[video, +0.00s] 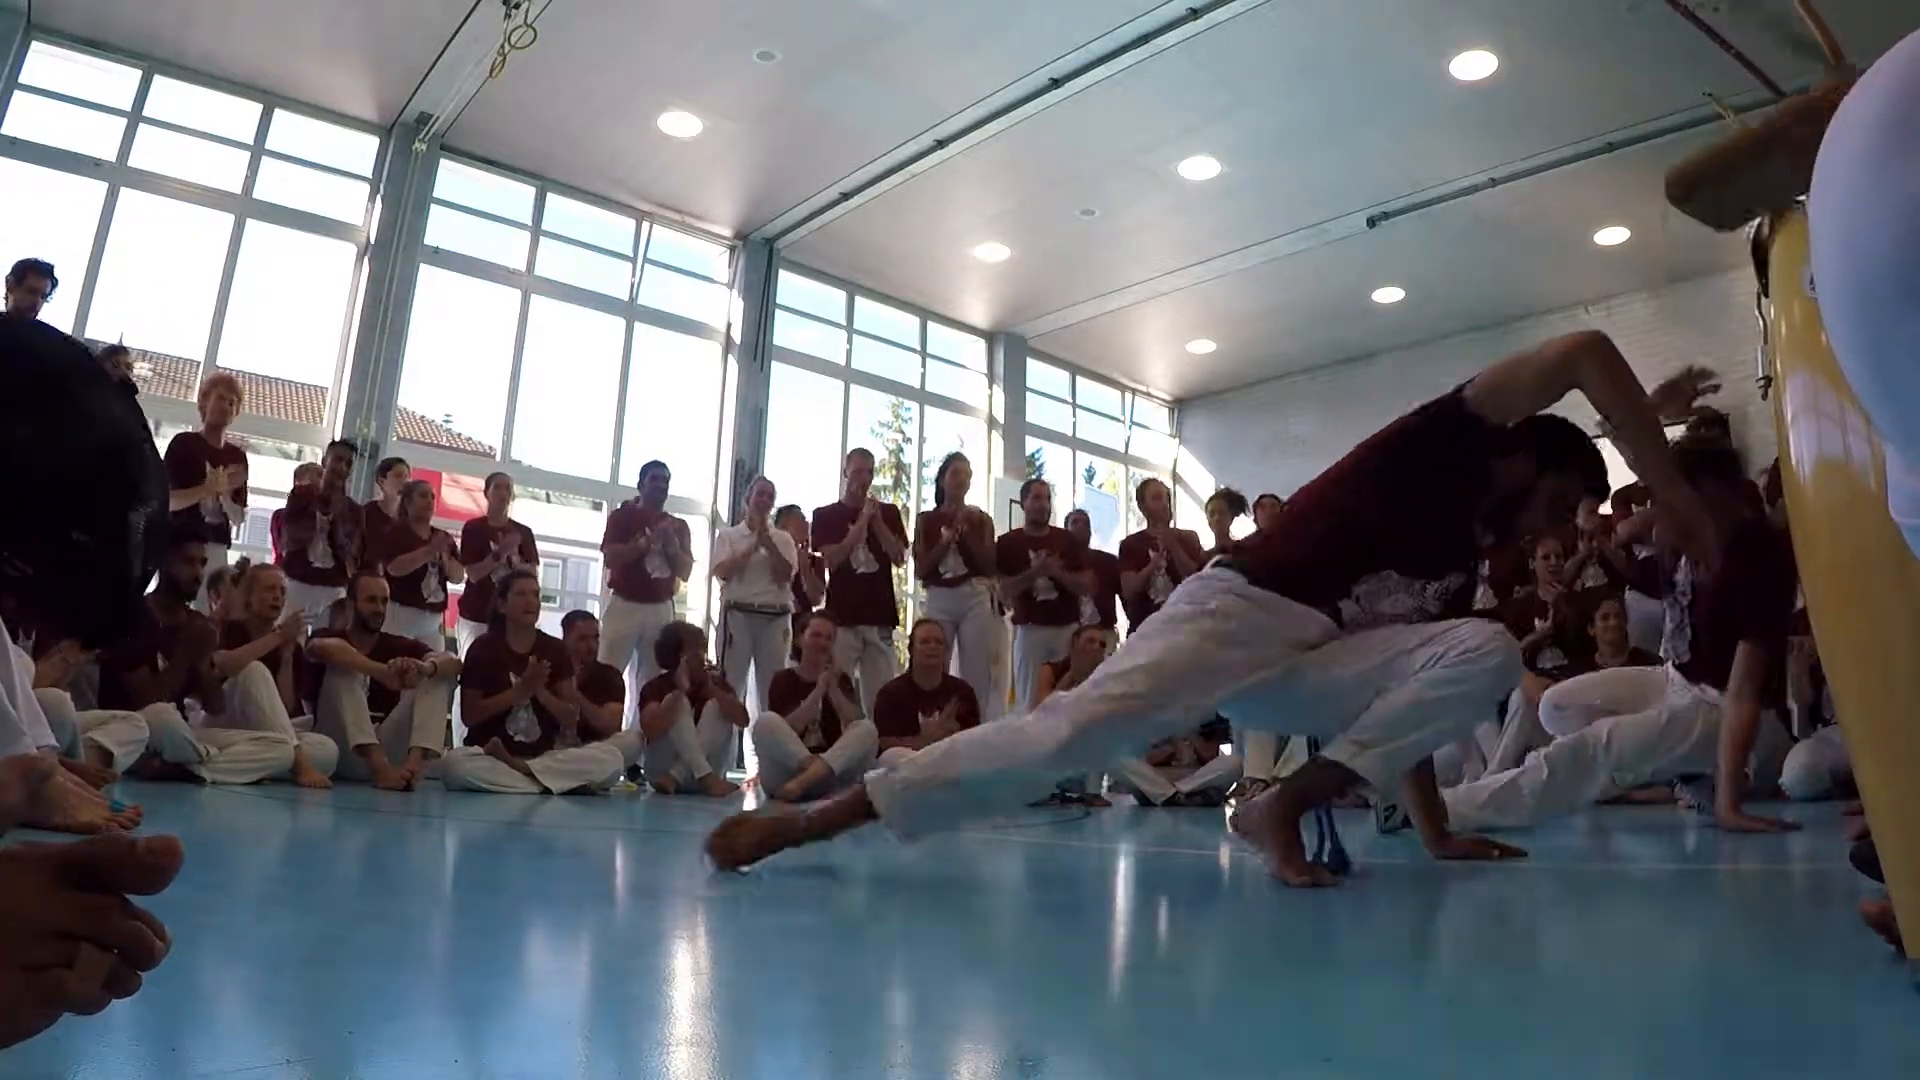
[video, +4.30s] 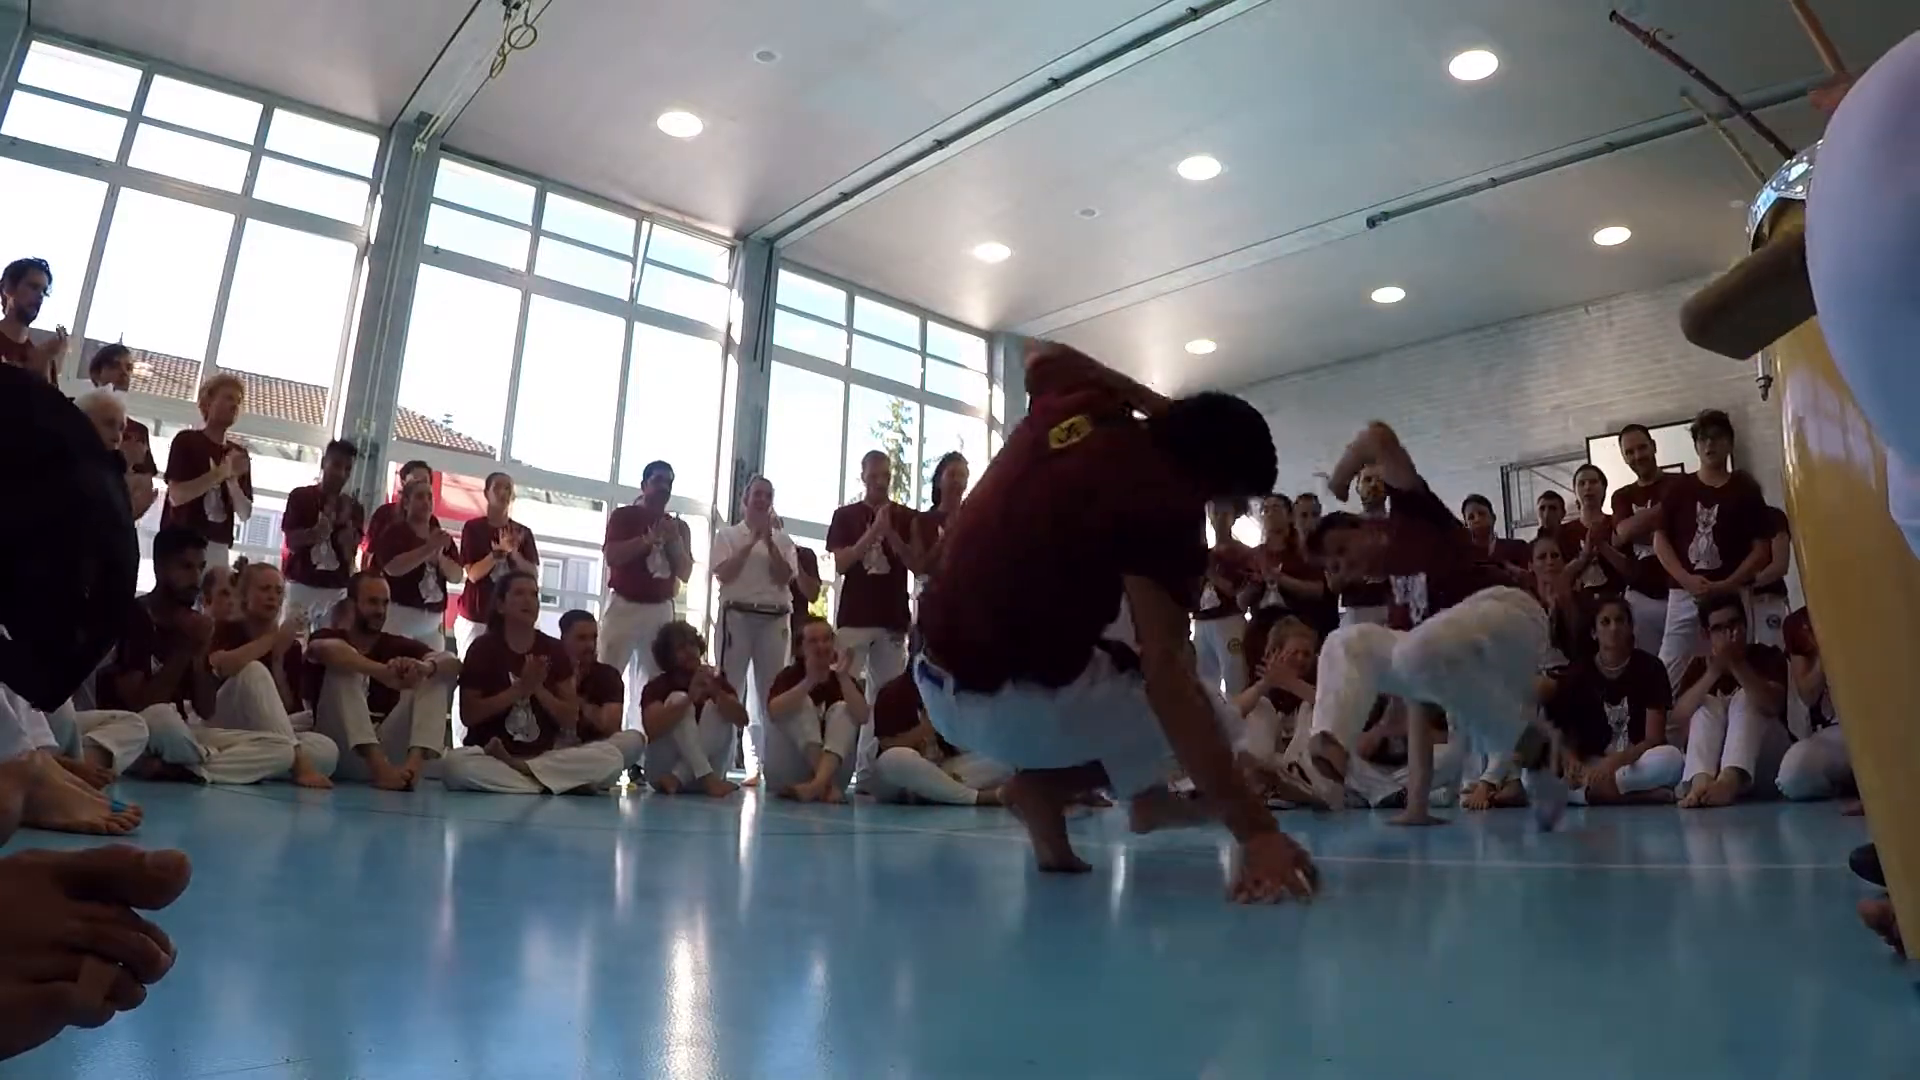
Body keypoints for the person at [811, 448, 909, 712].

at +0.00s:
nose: (862, 479)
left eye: (867, 473)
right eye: (856, 473)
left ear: (873, 476)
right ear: (844, 474)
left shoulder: (888, 512)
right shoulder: (825, 515)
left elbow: (899, 557)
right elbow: (830, 561)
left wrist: (876, 522)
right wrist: (861, 522)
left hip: (879, 619)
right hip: (841, 620)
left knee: (883, 702)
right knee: (836, 698)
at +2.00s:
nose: (886, 477)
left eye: (891, 472)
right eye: (881, 471)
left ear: (896, 476)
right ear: (868, 471)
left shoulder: (907, 514)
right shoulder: (844, 510)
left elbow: (910, 561)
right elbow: (836, 557)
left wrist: (883, 528)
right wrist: (866, 526)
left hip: (886, 613)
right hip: (849, 611)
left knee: (880, 690)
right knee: (845, 688)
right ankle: (844, 748)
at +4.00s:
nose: (878, 479)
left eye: (883, 473)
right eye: (873, 473)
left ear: (891, 475)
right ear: (862, 475)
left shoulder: (907, 518)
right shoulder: (845, 515)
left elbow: (916, 564)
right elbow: (838, 564)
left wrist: (889, 533)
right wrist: (865, 534)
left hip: (893, 619)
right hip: (853, 619)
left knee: (889, 698)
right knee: (845, 696)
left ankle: (880, 773)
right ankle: (837, 772)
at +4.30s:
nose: (879, 482)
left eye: (884, 476)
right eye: (873, 476)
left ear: (891, 476)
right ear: (862, 476)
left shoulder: (906, 516)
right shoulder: (846, 514)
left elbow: (917, 564)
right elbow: (841, 564)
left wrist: (890, 534)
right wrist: (870, 535)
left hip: (893, 621)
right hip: (853, 621)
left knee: (889, 700)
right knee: (845, 696)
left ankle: (875, 775)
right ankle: (837, 771)